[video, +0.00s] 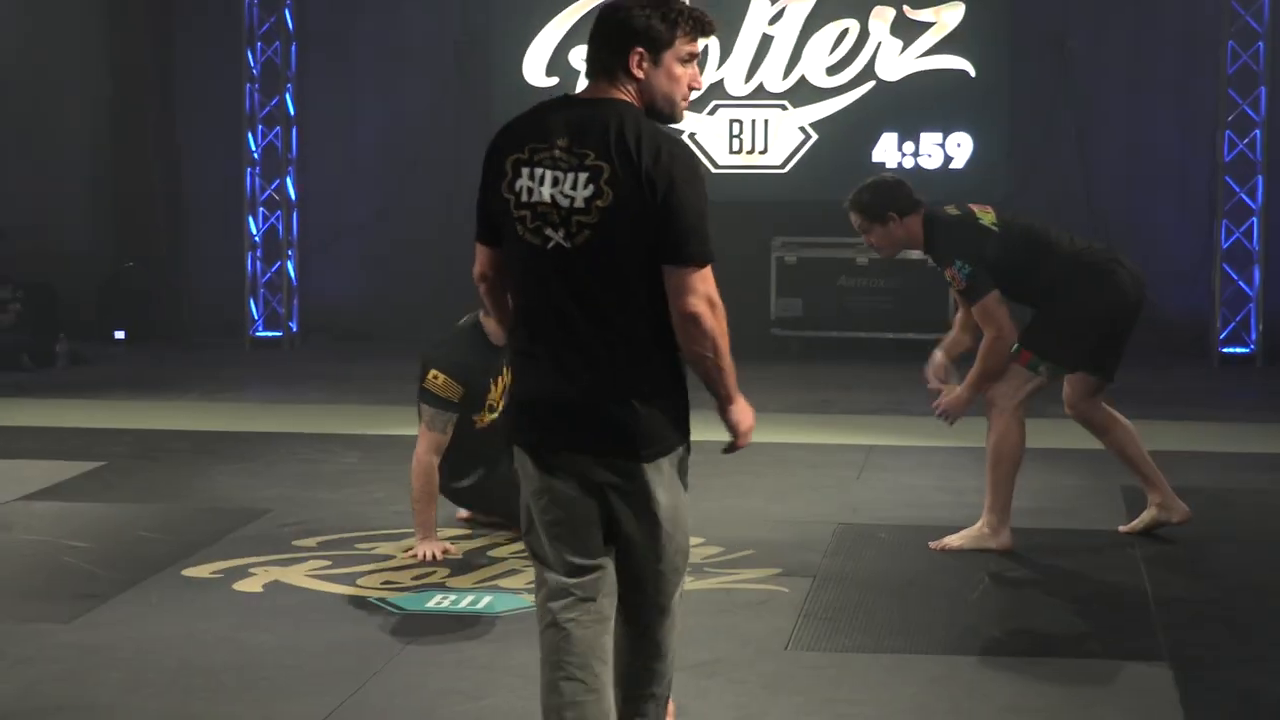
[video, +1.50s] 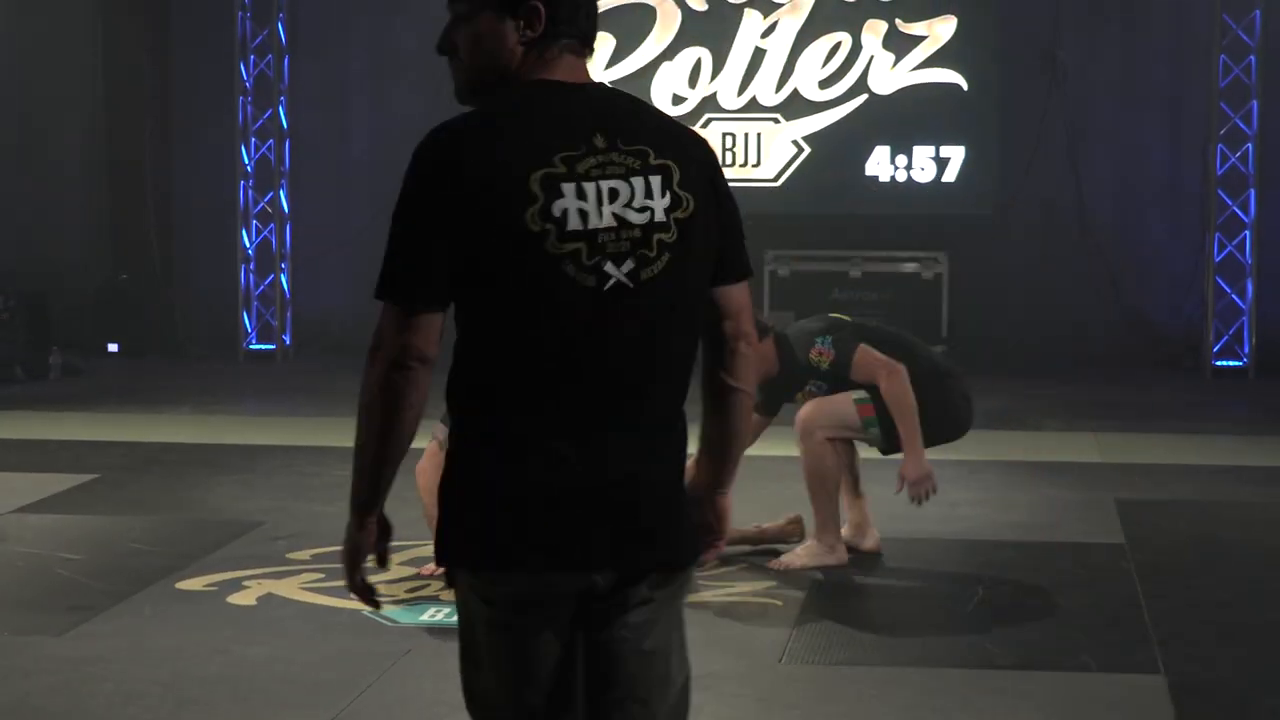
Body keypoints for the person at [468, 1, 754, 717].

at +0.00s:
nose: (697, 79)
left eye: (698, 63)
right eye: (687, 62)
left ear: (618, 66)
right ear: (637, 64)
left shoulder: (513, 139)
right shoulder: (664, 157)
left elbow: (490, 274)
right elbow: (693, 304)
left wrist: (527, 354)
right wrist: (731, 396)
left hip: (543, 401)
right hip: (638, 407)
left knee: (570, 593)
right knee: (651, 591)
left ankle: (574, 715)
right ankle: (645, 710)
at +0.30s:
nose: (721, 69)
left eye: (723, 51)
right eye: (711, 49)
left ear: (638, 50)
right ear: (657, 50)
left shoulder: (518, 128)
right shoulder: (677, 151)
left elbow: (480, 273)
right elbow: (714, 314)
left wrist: (493, 396)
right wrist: (729, 411)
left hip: (554, 417)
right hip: (659, 423)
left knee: (571, 616)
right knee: (706, 610)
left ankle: (565, 719)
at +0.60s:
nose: (786, 84)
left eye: (788, 64)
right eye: (776, 63)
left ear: (691, 63)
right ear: (721, 61)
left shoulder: (568, 145)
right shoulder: (750, 173)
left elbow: (524, 305)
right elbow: (785, 341)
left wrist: (520, 436)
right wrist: (783, 464)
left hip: (592, 448)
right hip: (706, 455)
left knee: (582, 675)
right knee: (702, 686)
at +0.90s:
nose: (761, 64)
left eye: (763, 45)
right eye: (759, 45)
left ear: (654, 41)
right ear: (726, 48)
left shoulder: (551, 148)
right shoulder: (750, 172)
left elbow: (532, 325)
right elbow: (805, 349)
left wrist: (609, 371)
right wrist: (849, 485)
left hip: (589, 481)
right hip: (717, 489)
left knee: (589, 701)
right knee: (724, 705)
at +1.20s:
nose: (542, 53)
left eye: (547, 36)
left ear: (556, 43)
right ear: (659, 50)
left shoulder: (479, 173)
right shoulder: (712, 172)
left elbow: (456, 364)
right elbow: (761, 359)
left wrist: (506, 476)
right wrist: (805, 511)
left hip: (536, 512)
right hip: (673, 513)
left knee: (563, 710)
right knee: (698, 709)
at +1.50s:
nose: (443, 47)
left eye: (459, 23)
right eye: (447, 27)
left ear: (527, 22)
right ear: (578, 32)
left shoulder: (458, 151)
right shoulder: (684, 148)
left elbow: (409, 349)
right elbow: (737, 336)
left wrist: (368, 503)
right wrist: (712, 482)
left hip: (508, 507)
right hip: (646, 502)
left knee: (517, 704)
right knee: (646, 705)